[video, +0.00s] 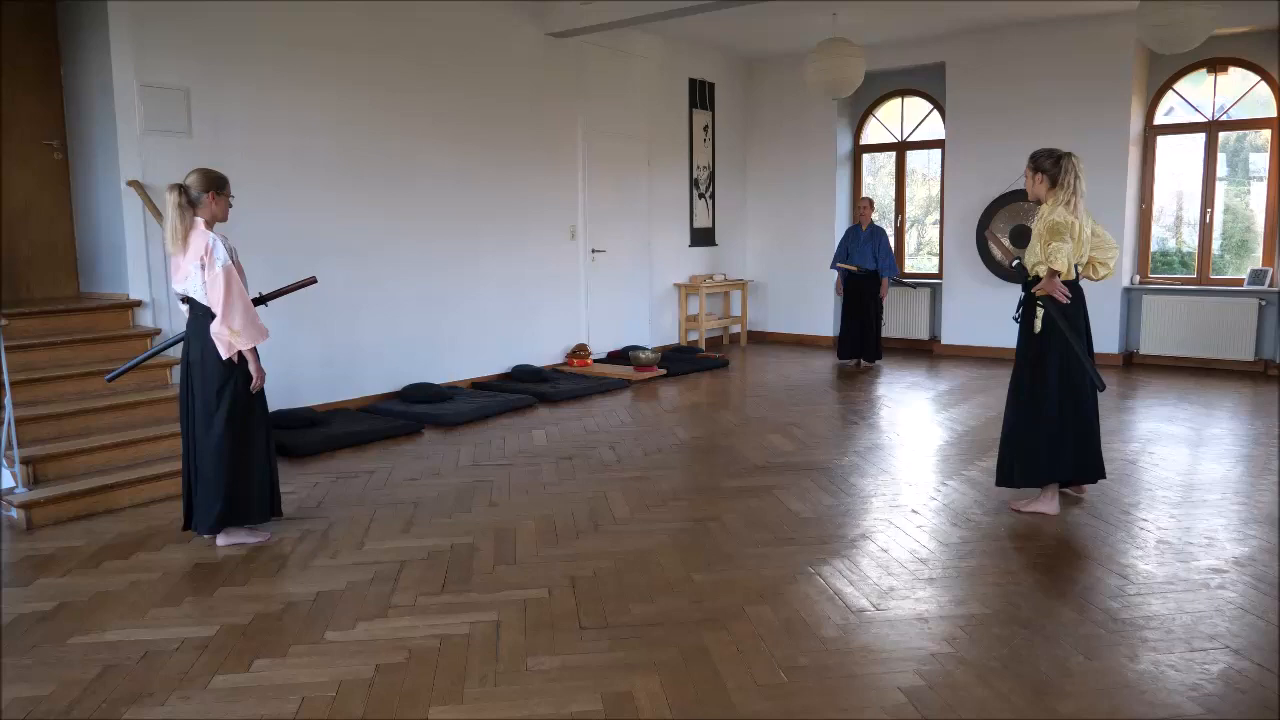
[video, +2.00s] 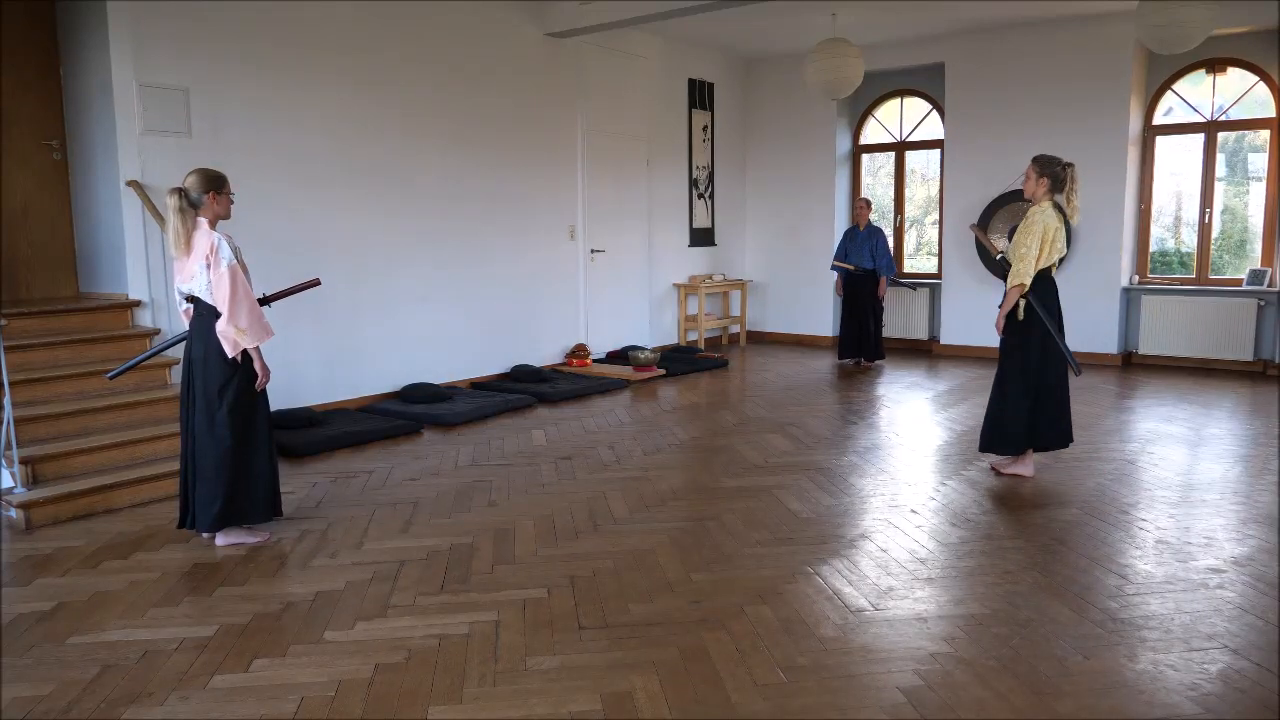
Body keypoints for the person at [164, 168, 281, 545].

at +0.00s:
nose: (231, 205)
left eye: (230, 198)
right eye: (228, 198)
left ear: (203, 199)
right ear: (211, 199)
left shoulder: (183, 239)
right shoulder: (213, 244)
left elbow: (194, 297)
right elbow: (230, 306)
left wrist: (240, 300)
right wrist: (252, 356)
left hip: (198, 343)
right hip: (220, 346)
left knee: (209, 432)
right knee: (229, 434)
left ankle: (215, 520)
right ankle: (230, 526)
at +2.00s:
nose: (232, 202)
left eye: (231, 195)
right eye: (229, 196)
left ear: (203, 199)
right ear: (212, 199)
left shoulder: (184, 241)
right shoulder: (218, 242)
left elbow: (186, 304)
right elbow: (234, 304)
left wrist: (207, 331)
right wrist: (255, 352)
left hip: (200, 344)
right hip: (225, 345)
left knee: (209, 432)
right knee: (232, 433)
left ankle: (212, 521)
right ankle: (230, 526)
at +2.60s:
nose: (231, 204)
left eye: (230, 197)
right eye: (228, 197)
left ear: (201, 200)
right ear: (211, 199)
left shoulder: (180, 241)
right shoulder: (217, 242)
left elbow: (183, 304)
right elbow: (235, 304)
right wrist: (256, 350)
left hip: (197, 341)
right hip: (224, 342)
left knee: (208, 429)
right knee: (233, 430)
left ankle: (213, 519)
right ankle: (232, 521)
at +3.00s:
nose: (237, 206)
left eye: (236, 199)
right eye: (234, 200)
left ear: (203, 202)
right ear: (219, 202)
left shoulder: (186, 245)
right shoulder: (224, 244)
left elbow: (185, 303)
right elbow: (242, 304)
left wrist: (201, 334)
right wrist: (264, 349)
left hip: (201, 340)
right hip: (232, 339)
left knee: (213, 425)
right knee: (260, 415)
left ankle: (216, 515)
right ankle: (276, 502)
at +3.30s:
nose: (256, 208)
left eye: (255, 202)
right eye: (253, 202)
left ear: (222, 205)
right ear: (238, 204)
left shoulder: (205, 249)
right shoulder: (244, 245)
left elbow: (203, 307)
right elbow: (259, 303)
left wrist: (220, 334)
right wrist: (279, 351)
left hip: (218, 340)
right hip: (247, 338)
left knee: (222, 423)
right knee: (277, 413)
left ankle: (216, 514)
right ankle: (305, 493)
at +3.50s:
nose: (278, 206)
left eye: (276, 201)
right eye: (275, 201)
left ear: (247, 204)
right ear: (261, 203)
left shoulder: (228, 245)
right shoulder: (268, 243)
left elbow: (223, 300)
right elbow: (281, 302)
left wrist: (238, 333)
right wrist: (299, 347)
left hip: (240, 337)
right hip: (269, 336)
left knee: (236, 419)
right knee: (290, 413)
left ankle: (219, 507)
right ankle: (304, 494)